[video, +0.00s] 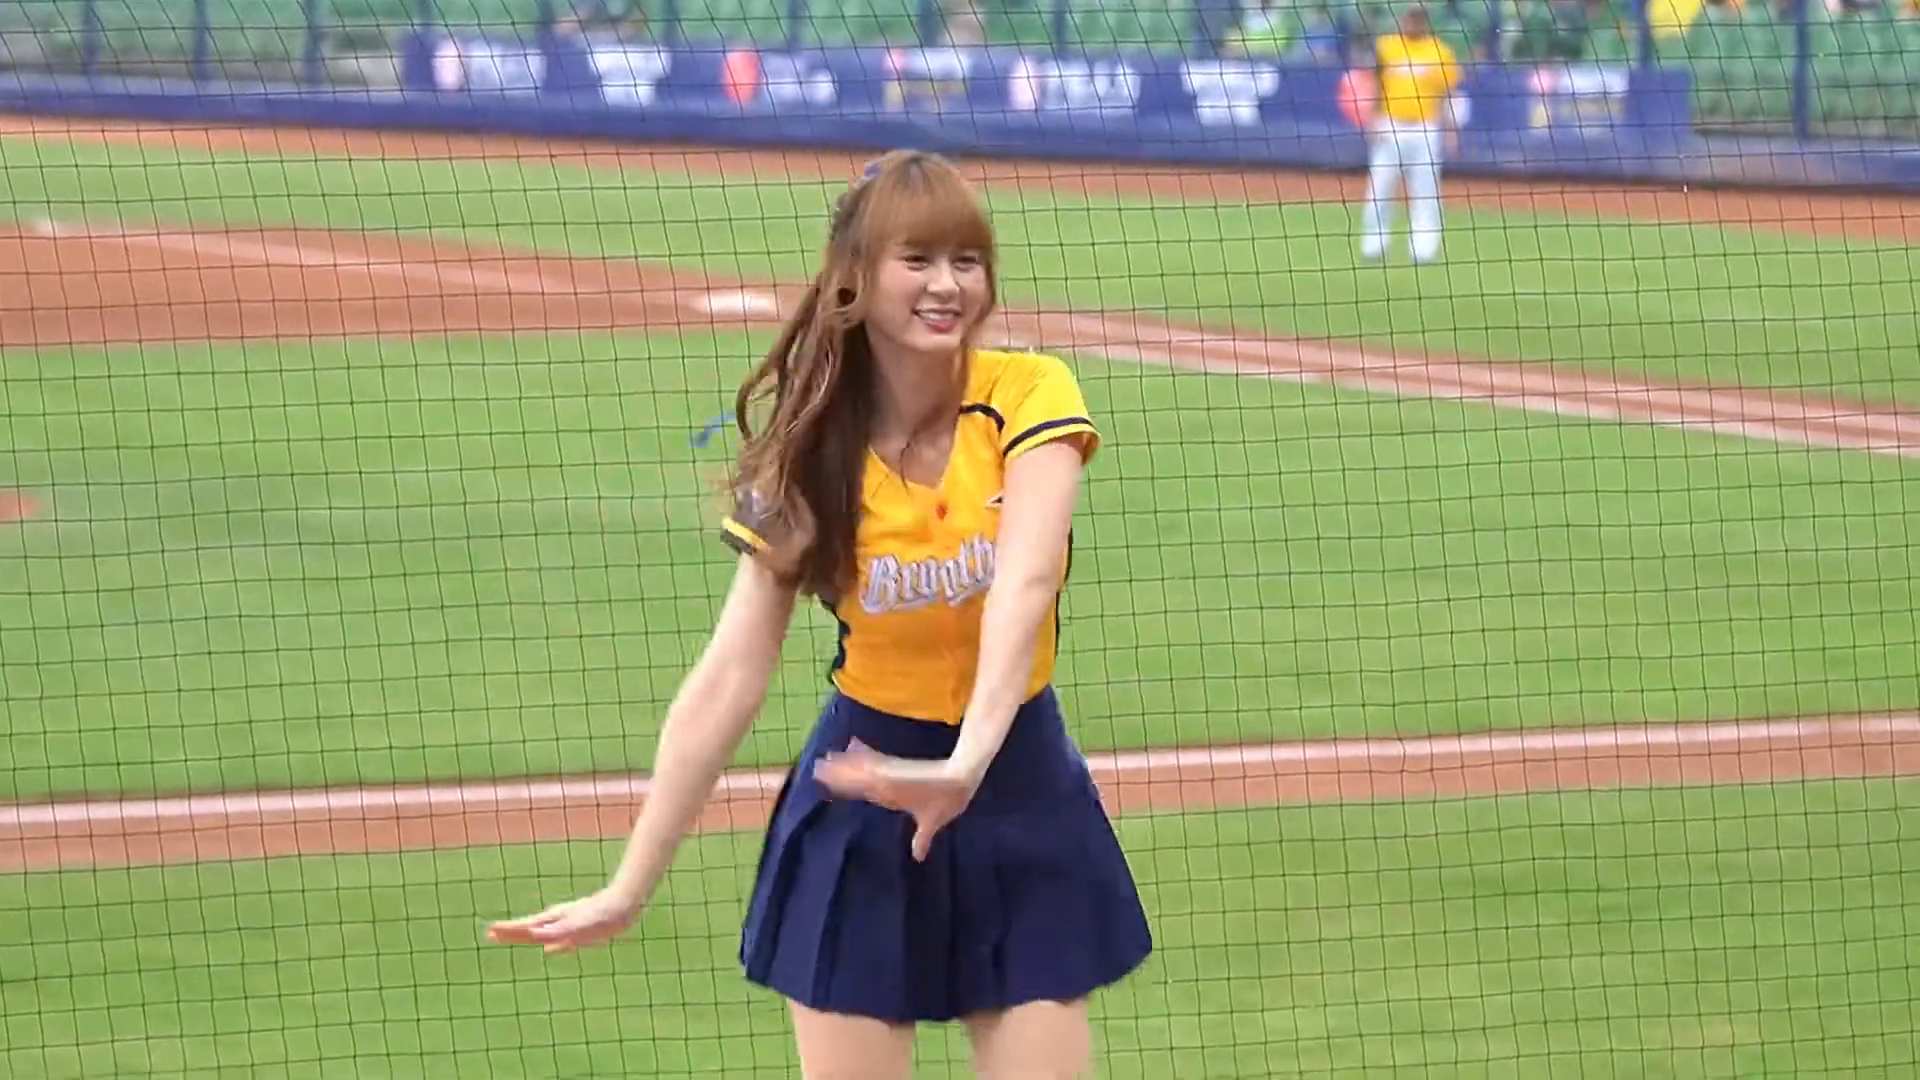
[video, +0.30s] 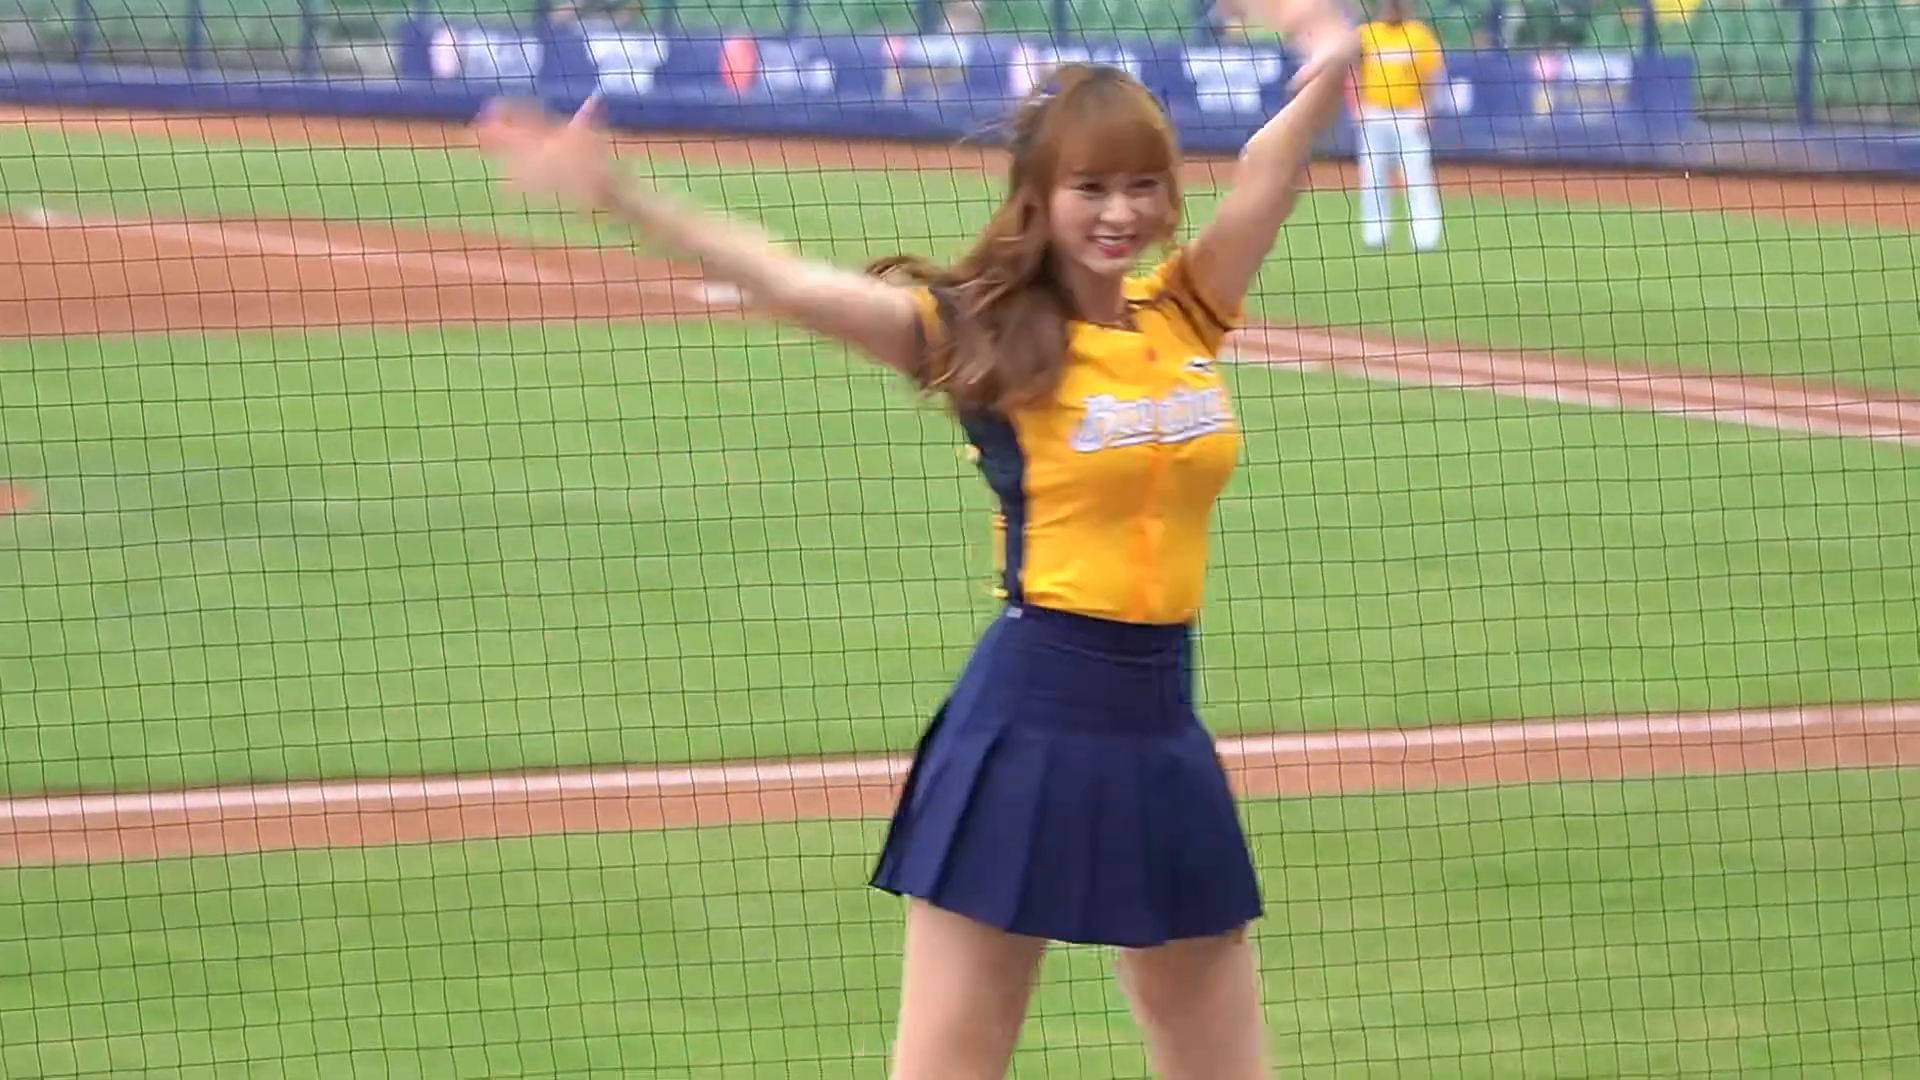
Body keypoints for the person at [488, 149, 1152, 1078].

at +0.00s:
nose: (947, 284)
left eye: (966, 260)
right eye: (916, 259)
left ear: (989, 277)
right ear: (854, 279)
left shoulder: (1031, 393)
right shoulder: (813, 447)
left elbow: (1028, 581)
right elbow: (727, 677)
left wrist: (970, 756)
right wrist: (628, 888)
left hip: (1019, 787)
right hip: (860, 784)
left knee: (1047, 1057)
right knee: (849, 1059)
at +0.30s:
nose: (1124, 210)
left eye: (1146, 184)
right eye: (1093, 185)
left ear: (1169, 194)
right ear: (1038, 200)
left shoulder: (1186, 314)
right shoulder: (980, 333)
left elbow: (1265, 187)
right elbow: (781, 278)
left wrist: (1332, 65)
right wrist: (616, 189)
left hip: (1160, 719)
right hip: (1025, 714)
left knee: (1224, 1067)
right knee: (947, 1065)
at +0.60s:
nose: (1279, 242)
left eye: (1307, 223)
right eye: (1255, 213)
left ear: (1332, 250)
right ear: (1201, 223)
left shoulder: (1326, 410)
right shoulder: (1112, 358)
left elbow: (1527, 472)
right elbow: (906, 424)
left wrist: (1696, 512)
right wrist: (1038, 284)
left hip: (1202, 775)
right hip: (1055, 759)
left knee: (1251, 1063)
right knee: (1078, 1064)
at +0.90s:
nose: (1225, 286)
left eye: (1251, 268)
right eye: (1203, 256)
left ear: (1270, 292)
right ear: (1145, 259)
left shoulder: (1259, 461)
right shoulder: (1023, 394)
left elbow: (1408, 622)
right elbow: (791, 406)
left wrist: (1564, 764)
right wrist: (889, 272)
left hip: (1169, 801)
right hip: (1015, 794)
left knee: (1224, 1062)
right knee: (1001, 1065)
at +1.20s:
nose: (1086, 268)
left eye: (1097, 243)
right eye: (1053, 246)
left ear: (1114, 255)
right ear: (984, 271)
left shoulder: (1168, 392)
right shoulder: (923, 437)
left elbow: (1373, 392)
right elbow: (687, 464)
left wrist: (1461, 260)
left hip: (1156, 792)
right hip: (1005, 806)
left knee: (1235, 1065)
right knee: (959, 1066)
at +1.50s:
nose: (1054, 321)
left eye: (1063, 290)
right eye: (1021, 303)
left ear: (1080, 288)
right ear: (951, 332)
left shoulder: (1137, 391)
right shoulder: (940, 505)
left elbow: (1256, 360)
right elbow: (921, 732)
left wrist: (1290, 266)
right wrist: (859, 948)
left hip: (1160, 807)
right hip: (1019, 827)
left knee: (1263, 1060)